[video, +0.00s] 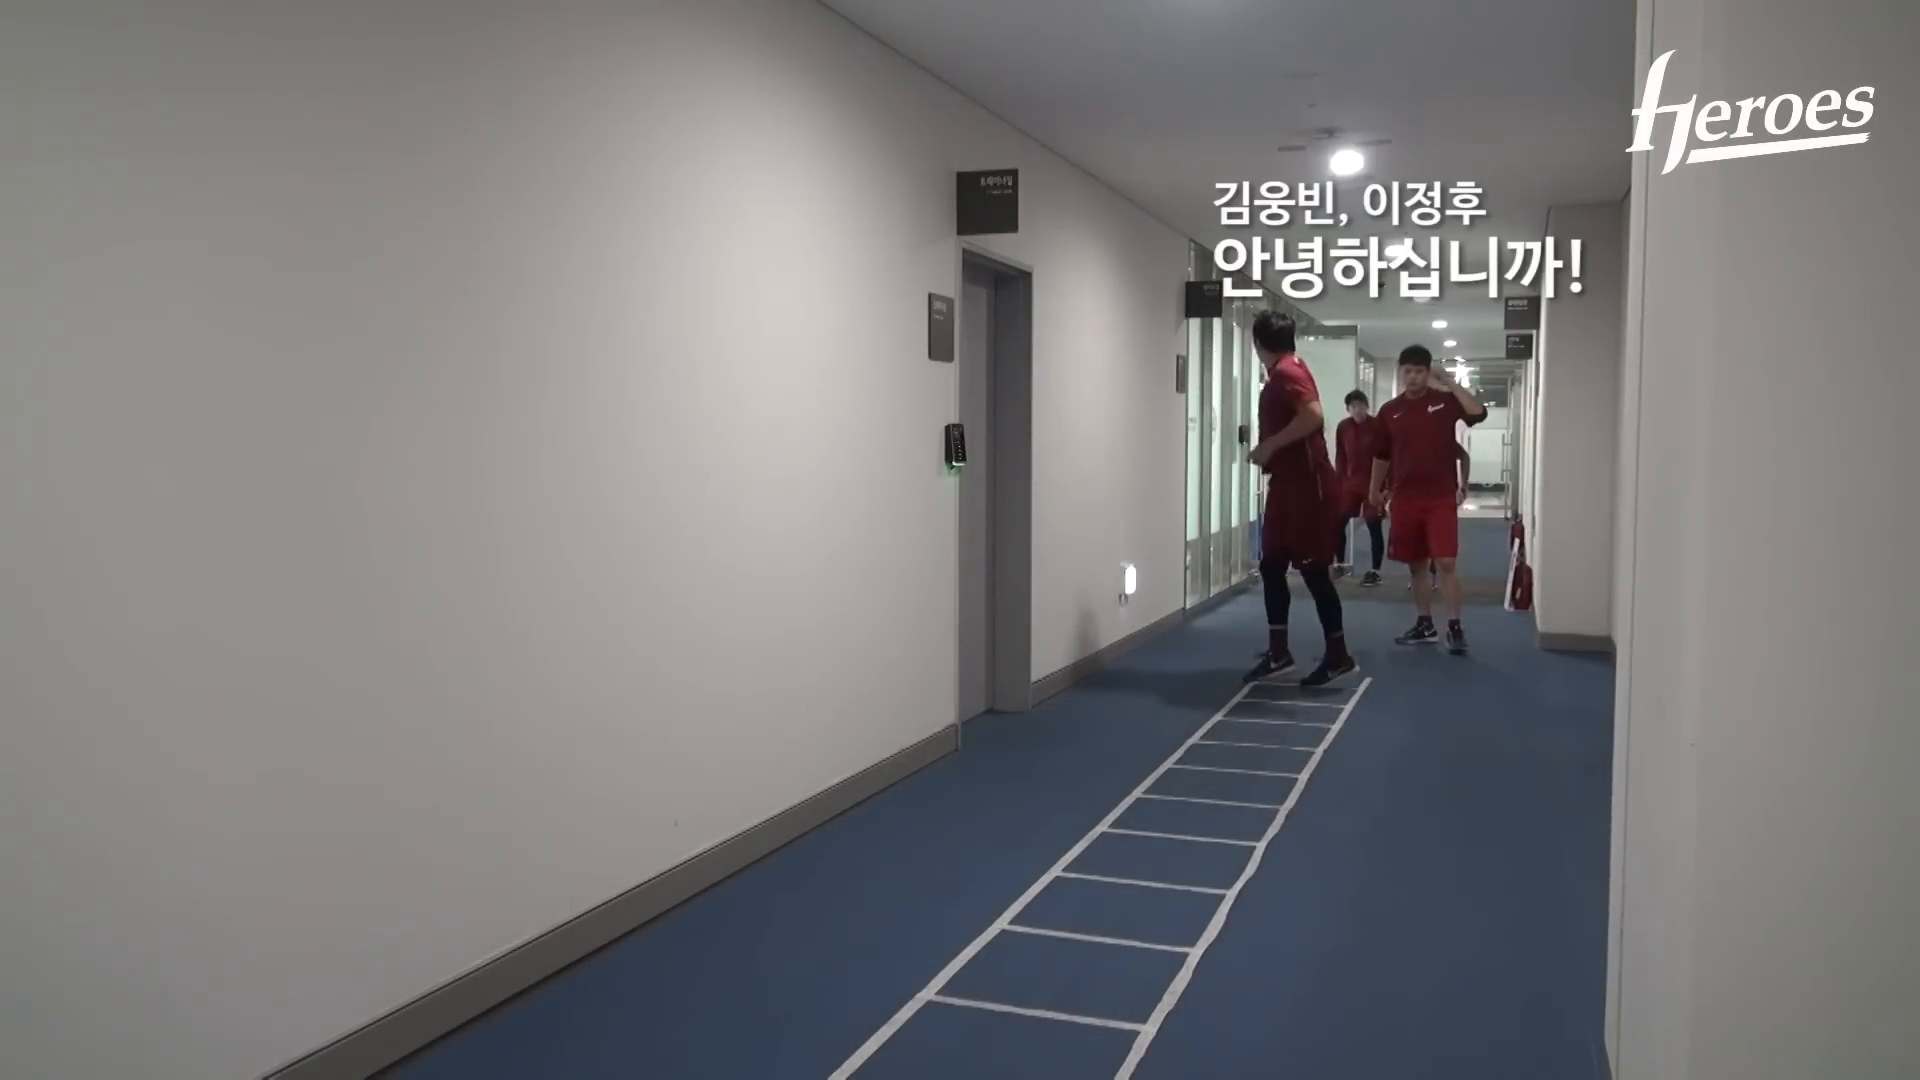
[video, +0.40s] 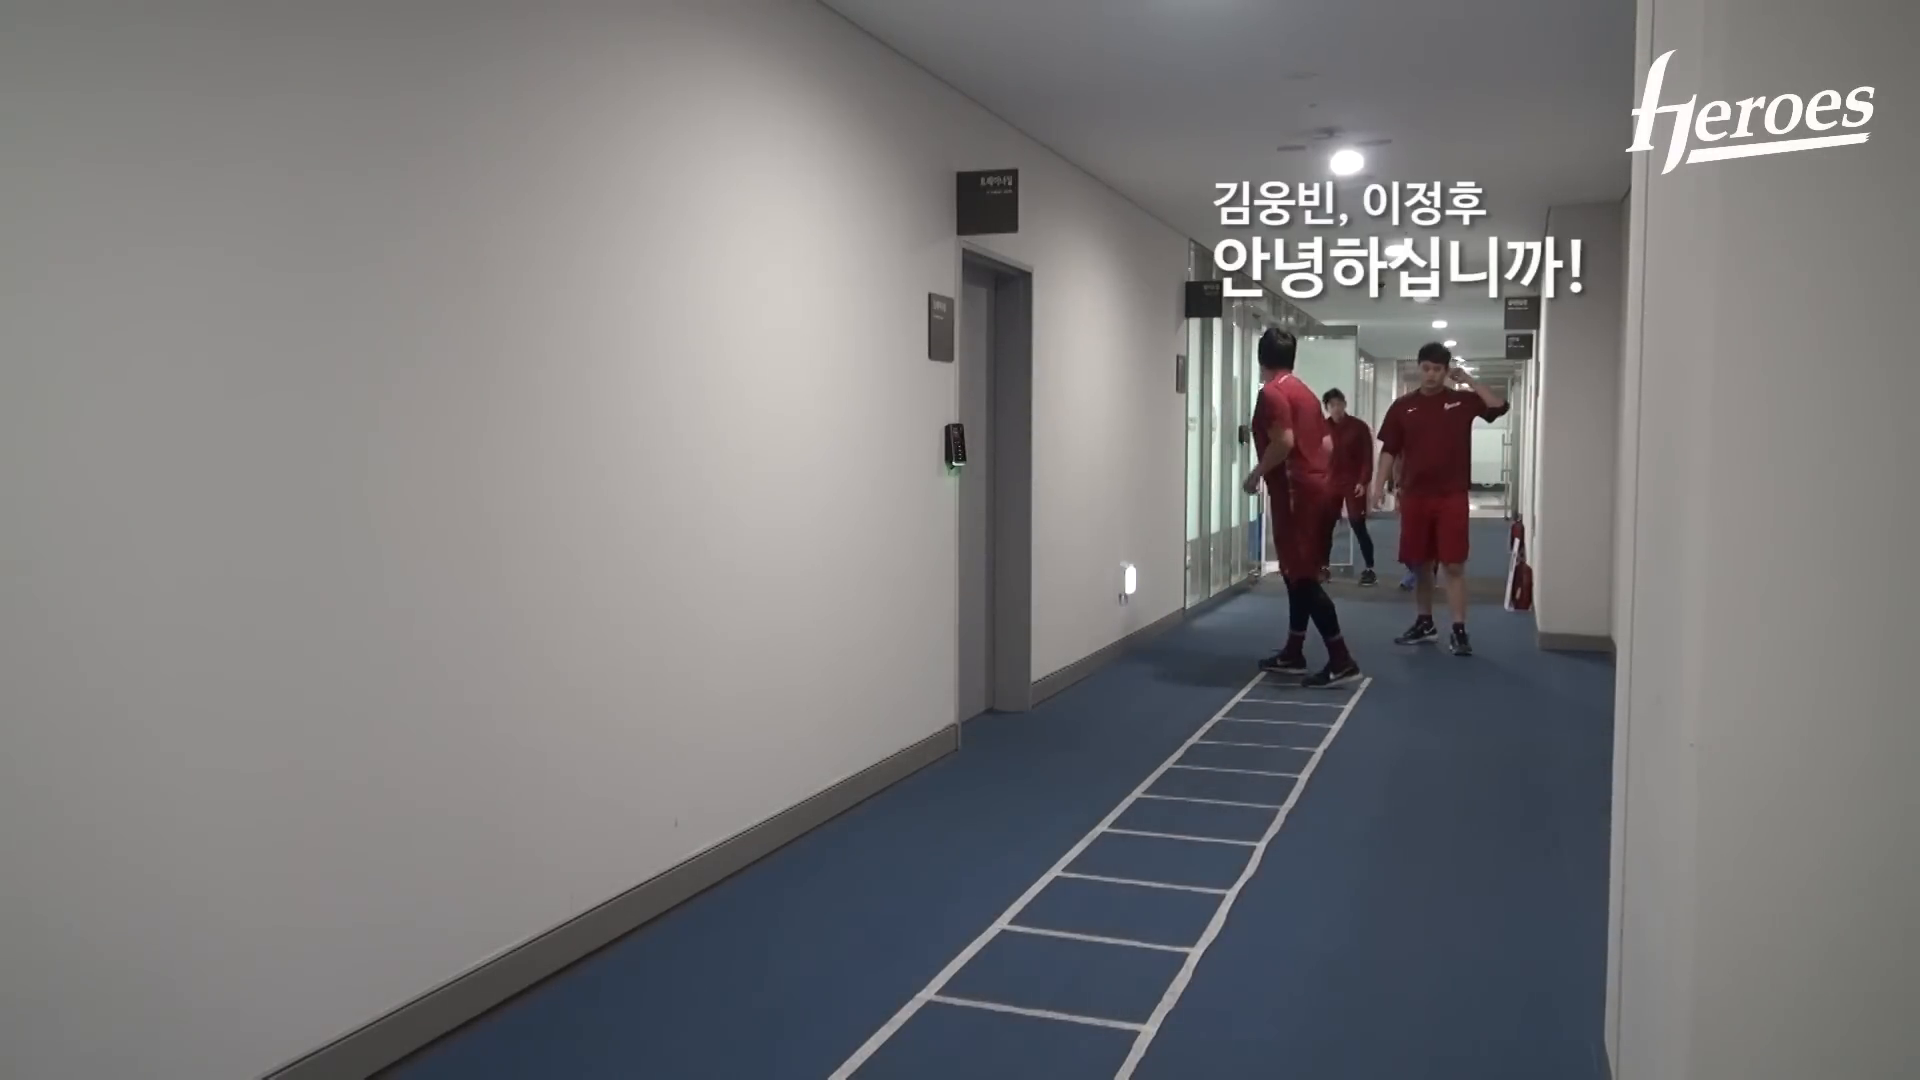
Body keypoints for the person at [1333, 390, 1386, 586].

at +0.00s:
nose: (1355, 410)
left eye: (1358, 405)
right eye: (1352, 406)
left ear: (1366, 406)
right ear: (1348, 409)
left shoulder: (1378, 425)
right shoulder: (1344, 427)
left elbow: (1385, 457)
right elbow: (1340, 455)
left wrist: (1386, 486)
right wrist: (1339, 479)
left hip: (1372, 486)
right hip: (1349, 485)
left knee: (1375, 527)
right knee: (1338, 523)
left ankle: (1375, 569)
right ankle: (1340, 563)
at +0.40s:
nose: (1337, 408)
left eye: (1340, 403)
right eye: (1333, 404)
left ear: (1345, 404)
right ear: (1326, 406)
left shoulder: (1359, 427)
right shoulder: (1322, 428)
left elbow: (1367, 457)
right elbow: (1316, 454)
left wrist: (1363, 481)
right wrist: (1319, 477)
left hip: (1353, 482)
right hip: (1330, 482)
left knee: (1358, 524)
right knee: (1326, 525)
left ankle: (1369, 567)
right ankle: (1323, 566)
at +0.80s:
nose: (1328, 436)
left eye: (1330, 432)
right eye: (1324, 432)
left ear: (1337, 426)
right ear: (1320, 430)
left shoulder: (1352, 438)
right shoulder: (1315, 441)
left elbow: (1356, 470)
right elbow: (1311, 468)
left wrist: (1342, 491)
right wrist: (1315, 490)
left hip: (1346, 491)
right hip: (1324, 490)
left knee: (1344, 527)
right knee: (1323, 528)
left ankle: (1342, 565)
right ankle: (1323, 565)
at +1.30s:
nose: (1325, 413)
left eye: (1329, 409)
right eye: (1322, 409)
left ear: (1335, 410)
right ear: (1317, 409)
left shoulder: (1345, 432)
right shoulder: (1311, 427)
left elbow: (1348, 465)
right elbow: (1306, 456)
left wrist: (1337, 488)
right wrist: (1301, 483)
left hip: (1339, 484)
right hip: (1318, 483)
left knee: (1339, 524)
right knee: (1313, 522)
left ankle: (1340, 566)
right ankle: (1317, 565)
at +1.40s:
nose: (1322, 405)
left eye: (1326, 401)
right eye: (1319, 401)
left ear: (1332, 404)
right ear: (1314, 403)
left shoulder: (1340, 429)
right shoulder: (1309, 426)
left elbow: (1342, 463)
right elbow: (1305, 456)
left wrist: (1322, 478)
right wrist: (1296, 480)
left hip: (1336, 484)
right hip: (1315, 483)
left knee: (1337, 522)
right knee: (1306, 520)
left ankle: (1340, 566)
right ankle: (1309, 563)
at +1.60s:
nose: (1311, 400)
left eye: (1316, 397)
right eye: (1309, 396)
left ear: (1322, 401)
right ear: (1305, 399)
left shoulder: (1327, 425)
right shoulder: (1302, 424)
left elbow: (1326, 455)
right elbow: (1299, 459)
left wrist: (1297, 461)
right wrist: (1283, 483)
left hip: (1325, 482)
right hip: (1306, 482)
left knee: (1329, 521)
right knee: (1299, 521)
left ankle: (1339, 567)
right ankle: (1299, 564)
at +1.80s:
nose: (1292, 403)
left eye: (1296, 400)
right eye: (1292, 399)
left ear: (1306, 403)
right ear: (1294, 401)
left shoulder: (1309, 427)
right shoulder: (1294, 425)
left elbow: (1304, 459)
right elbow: (1290, 459)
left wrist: (1277, 462)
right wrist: (1272, 479)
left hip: (1306, 483)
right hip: (1291, 481)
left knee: (1313, 522)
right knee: (1290, 522)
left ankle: (1334, 564)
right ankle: (1296, 564)